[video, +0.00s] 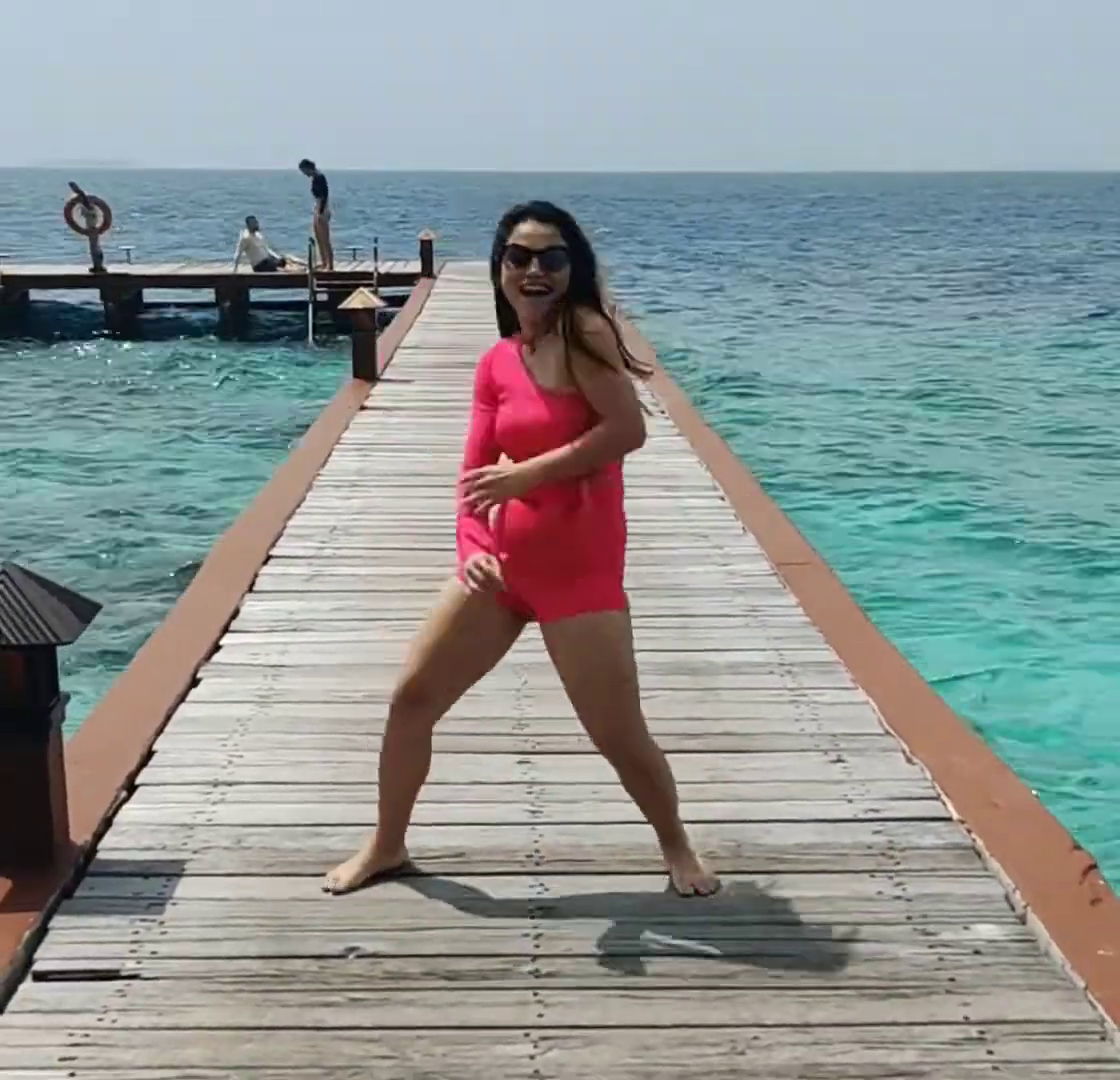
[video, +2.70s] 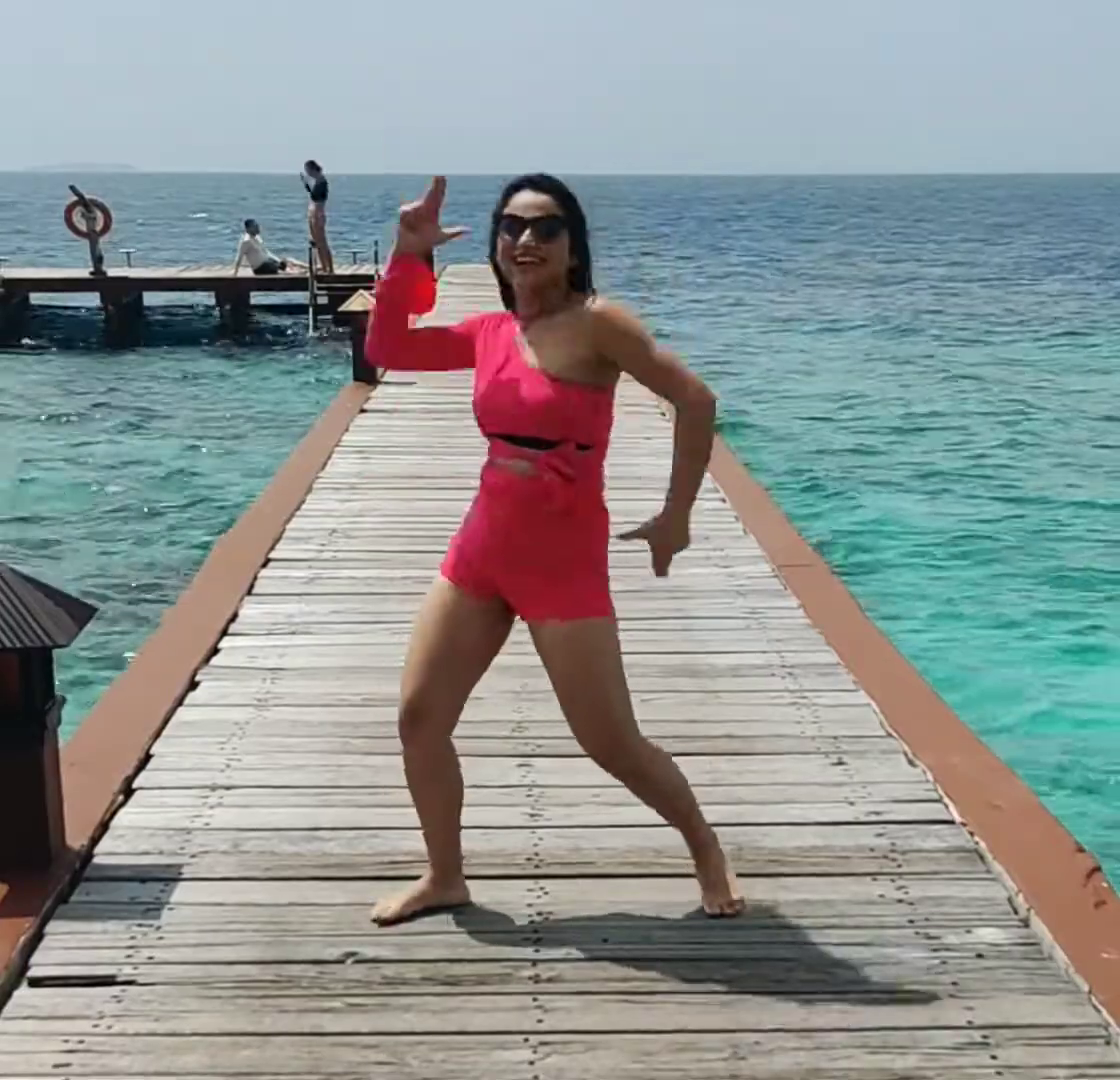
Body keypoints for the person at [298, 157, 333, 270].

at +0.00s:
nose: (305, 174)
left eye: (305, 171)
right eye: (303, 171)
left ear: (309, 168)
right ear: (308, 169)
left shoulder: (319, 178)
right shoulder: (315, 178)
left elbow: (323, 196)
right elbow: (318, 196)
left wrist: (320, 212)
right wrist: (317, 211)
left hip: (322, 210)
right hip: (317, 209)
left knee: (324, 238)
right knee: (319, 238)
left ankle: (329, 265)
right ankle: (323, 263)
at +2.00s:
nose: (306, 175)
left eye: (306, 172)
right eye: (305, 172)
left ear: (311, 170)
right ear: (313, 170)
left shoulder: (319, 182)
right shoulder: (316, 182)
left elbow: (320, 201)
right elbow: (315, 200)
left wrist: (316, 215)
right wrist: (310, 214)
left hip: (317, 214)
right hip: (312, 214)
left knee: (320, 243)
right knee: (316, 243)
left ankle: (328, 269)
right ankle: (322, 267)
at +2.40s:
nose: (306, 175)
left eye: (306, 172)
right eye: (305, 172)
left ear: (311, 170)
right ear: (313, 169)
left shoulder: (320, 181)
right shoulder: (317, 181)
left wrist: (318, 211)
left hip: (317, 212)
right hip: (313, 211)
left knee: (321, 241)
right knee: (316, 241)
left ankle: (329, 268)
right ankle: (323, 267)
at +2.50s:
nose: (306, 174)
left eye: (307, 171)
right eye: (305, 171)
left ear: (311, 170)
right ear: (312, 169)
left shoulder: (321, 181)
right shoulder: (316, 181)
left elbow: (330, 195)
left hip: (318, 211)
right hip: (312, 211)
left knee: (321, 241)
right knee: (316, 241)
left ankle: (329, 268)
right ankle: (324, 267)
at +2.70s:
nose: (308, 173)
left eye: (308, 171)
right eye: (307, 171)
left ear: (314, 169)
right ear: (313, 169)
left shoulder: (321, 182)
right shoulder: (317, 182)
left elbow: (315, 197)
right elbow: (314, 196)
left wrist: (306, 184)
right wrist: (306, 183)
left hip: (318, 211)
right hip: (312, 211)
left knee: (321, 241)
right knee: (316, 241)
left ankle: (329, 268)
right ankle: (323, 267)